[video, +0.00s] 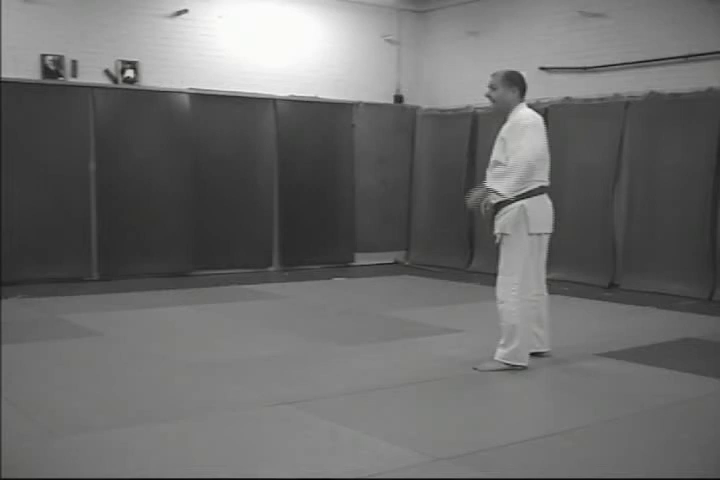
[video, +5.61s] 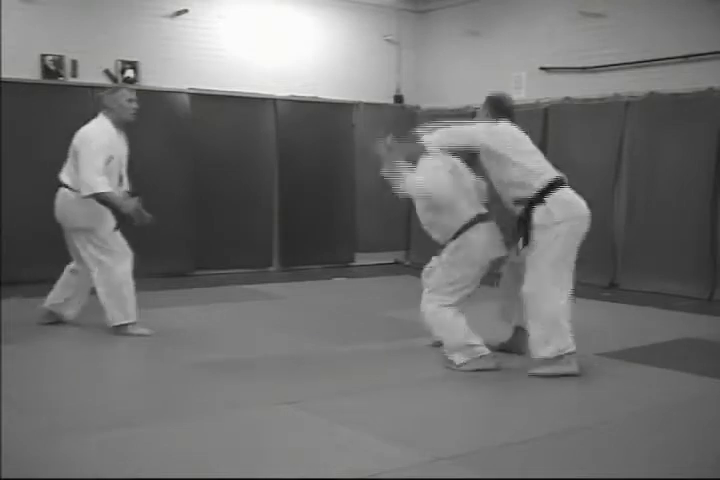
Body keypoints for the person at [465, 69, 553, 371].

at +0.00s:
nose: (488, 94)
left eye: (494, 89)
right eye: (489, 89)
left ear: (514, 92)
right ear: (512, 93)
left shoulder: (525, 121)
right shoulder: (518, 121)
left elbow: (522, 166)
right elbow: (511, 169)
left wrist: (492, 193)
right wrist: (487, 189)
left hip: (524, 211)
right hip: (529, 208)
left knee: (511, 286)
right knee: (532, 282)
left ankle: (511, 356)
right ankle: (536, 343)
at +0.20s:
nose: (485, 92)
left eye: (491, 87)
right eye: (486, 87)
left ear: (511, 91)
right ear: (510, 92)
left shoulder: (519, 122)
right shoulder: (517, 120)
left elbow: (503, 159)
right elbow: (504, 162)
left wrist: (477, 178)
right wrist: (483, 179)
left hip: (521, 211)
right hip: (528, 208)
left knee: (510, 284)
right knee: (529, 281)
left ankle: (513, 355)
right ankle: (536, 343)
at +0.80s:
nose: (466, 93)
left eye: (472, 88)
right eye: (468, 87)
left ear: (491, 93)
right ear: (492, 93)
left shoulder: (495, 125)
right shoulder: (500, 121)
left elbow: (497, 175)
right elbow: (497, 173)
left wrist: (492, 219)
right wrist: (490, 214)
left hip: (512, 213)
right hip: (513, 211)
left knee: (508, 285)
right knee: (507, 282)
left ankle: (511, 357)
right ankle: (504, 341)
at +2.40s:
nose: (449, 94)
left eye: (455, 89)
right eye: (451, 89)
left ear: (472, 93)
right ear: (477, 93)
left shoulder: (471, 123)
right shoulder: (486, 120)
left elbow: (465, 168)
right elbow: (474, 168)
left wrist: (454, 211)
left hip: (480, 207)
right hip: (486, 204)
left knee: (479, 278)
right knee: (466, 275)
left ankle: (491, 351)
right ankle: (466, 339)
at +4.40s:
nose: (418, 122)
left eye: (423, 116)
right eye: (419, 116)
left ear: (440, 120)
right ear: (442, 121)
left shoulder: (453, 150)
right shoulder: (455, 146)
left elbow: (447, 199)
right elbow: (449, 200)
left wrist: (424, 243)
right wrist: (428, 236)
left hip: (485, 229)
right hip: (472, 228)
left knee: (459, 290)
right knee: (440, 273)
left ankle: (490, 352)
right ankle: (447, 337)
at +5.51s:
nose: (387, 153)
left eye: (391, 147)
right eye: (389, 147)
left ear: (407, 147)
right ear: (415, 148)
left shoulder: (426, 173)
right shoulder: (443, 163)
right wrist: (448, 253)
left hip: (488, 230)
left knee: (443, 288)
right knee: (433, 276)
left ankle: (473, 353)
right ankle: (454, 335)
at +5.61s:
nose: (389, 160)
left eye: (383, 153)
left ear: (392, 142)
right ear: (417, 143)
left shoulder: (426, 170)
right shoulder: (448, 161)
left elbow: (436, 192)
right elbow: (482, 188)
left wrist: (397, 171)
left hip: (472, 240)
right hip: (487, 233)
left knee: (436, 301)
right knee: (433, 275)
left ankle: (473, 354)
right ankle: (449, 333)